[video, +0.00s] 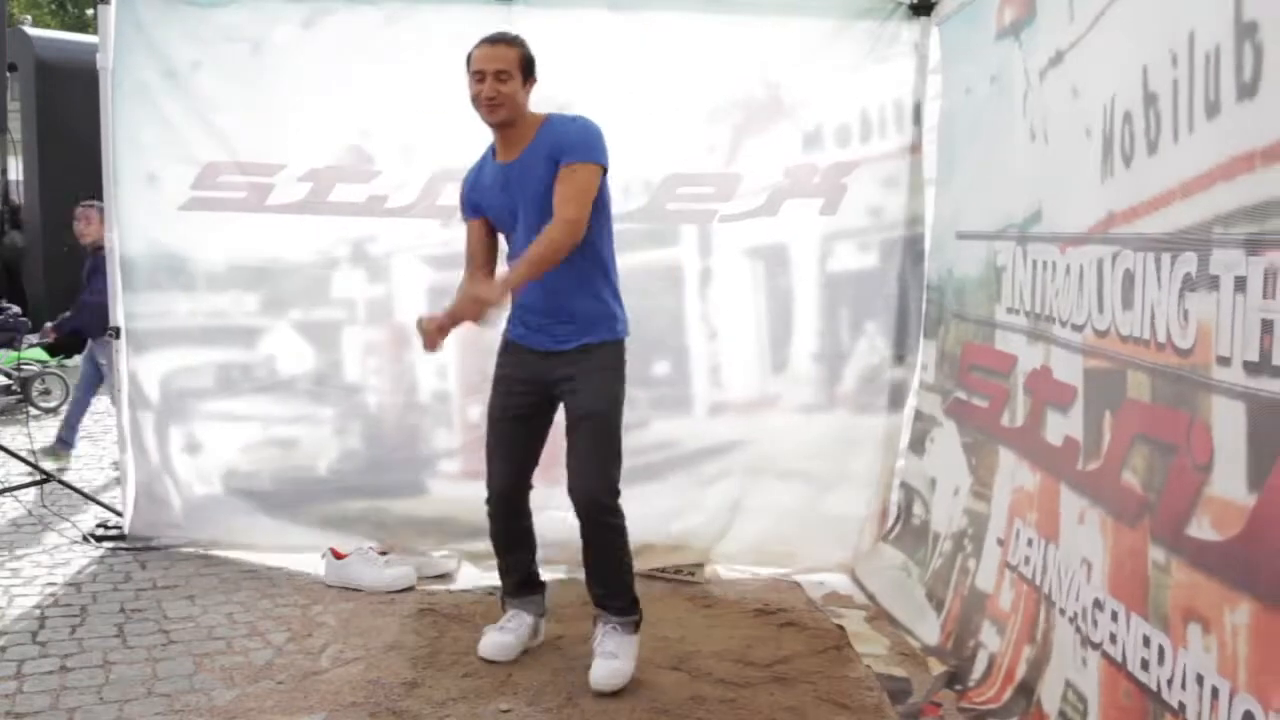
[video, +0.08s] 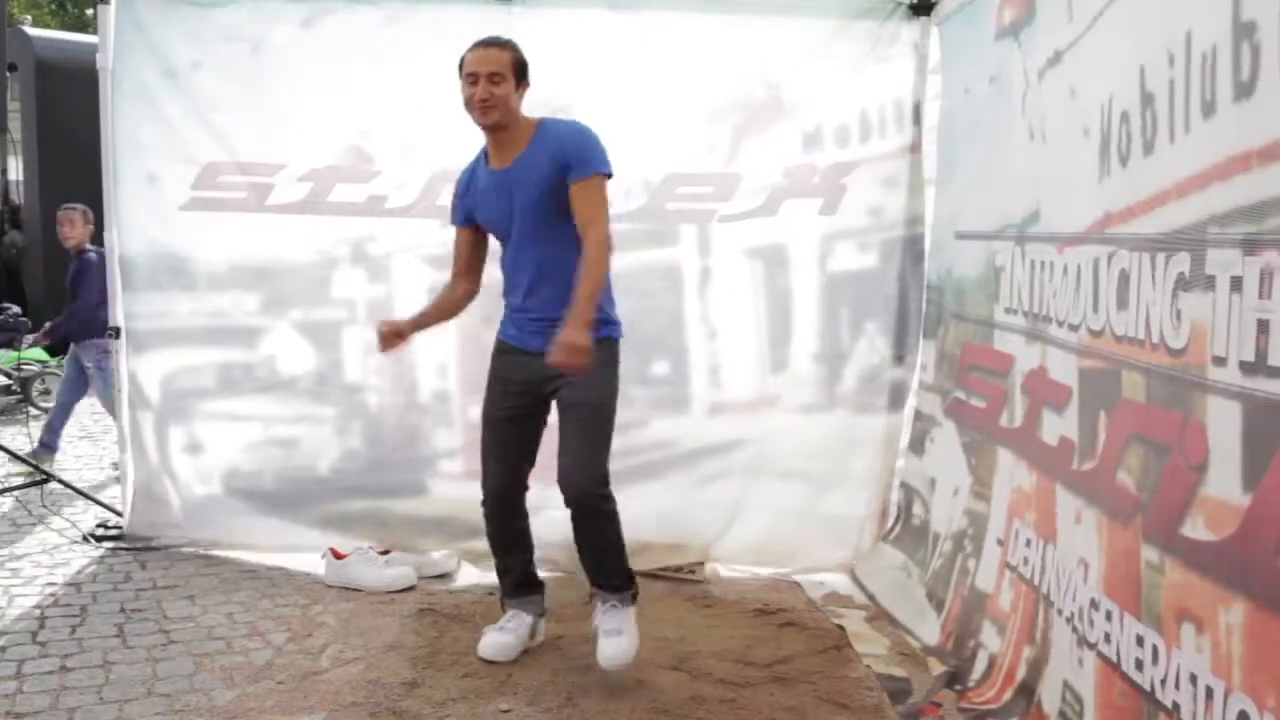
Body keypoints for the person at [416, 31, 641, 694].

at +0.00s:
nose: (491, 88)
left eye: (503, 77)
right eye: (480, 78)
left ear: (529, 84)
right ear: (469, 90)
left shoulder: (575, 136)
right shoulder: (479, 180)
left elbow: (568, 230)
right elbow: (480, 278)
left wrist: (501, 285)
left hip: (592, 345)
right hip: (524, 346)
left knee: (592, 493)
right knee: (504, 489)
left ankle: (617, 624)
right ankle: (523, 609)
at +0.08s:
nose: (482, 91)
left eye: (495, 80)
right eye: (472, 81)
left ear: (521, 89)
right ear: (461, 92)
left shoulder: (570, 142)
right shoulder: (472, 182)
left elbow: (597, 240)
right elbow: (464, 284)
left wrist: (577, 323)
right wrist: (412, 324)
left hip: (586, 342)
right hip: (518, 344)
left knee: (582, 484)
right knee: (499, 487)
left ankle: (614, 601)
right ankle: (524, 607)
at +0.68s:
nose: (537, 80)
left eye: (550, 68)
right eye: (526, 70)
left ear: (576, 71)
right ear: (515, 75)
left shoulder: (611, 149)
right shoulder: (489, 132)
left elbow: (625, 244)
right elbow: (396, 128)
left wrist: (626, 329)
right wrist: (394, 57)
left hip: (580, 340)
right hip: (505, 345)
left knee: (587, 480)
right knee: (517, 490)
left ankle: (586, 612)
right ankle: (545, 614)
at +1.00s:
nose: (549, 88)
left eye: (562, 75)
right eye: (538, 77)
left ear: (591, 80)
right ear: (528, 85)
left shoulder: (630, 164)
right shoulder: (504, 153)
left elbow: (650, 264)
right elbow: (471, 256)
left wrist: (663, 352)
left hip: (591, 356)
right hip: (513, 354)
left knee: (597, 506)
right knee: (490, 493)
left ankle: (586, 633)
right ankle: (513, 592)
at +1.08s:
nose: (540, 90)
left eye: (552, 76)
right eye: (530, 79)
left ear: (582, 79)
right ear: (520, 87)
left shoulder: (630, 156)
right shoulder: (506, 159)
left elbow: (674, 241)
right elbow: (476, 249)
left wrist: (687, 284)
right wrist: (455, 265)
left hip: (597, 359)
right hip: (518, 355)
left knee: (605, 510)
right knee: (475, 488)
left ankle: (588, 633)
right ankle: (508, 577)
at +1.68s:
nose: (486, 105)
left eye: (495, 90)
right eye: (476, 98)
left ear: (528, 89)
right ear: (473, 109)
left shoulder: (575, 133)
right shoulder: (504, 185)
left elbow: (627, 126)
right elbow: (434, 246)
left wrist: (535, 91)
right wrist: (405, 177)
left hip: (614, 336)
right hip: (554, 345)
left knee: (578, 478)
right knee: (532, 487)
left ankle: (622, 598)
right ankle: (572, 621)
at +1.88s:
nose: (502, 90)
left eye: (513, 75)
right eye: (491, 81)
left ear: (547, 74)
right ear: (487, 91)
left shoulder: (594, 103)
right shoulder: (523, 167)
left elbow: (572, 120)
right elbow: (464, 244)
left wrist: (508, 123)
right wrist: (405, 195)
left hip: (625, 327)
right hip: (565, 337)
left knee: (609, 496)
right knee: (557, 496)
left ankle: (615, 658)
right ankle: (594, 630)